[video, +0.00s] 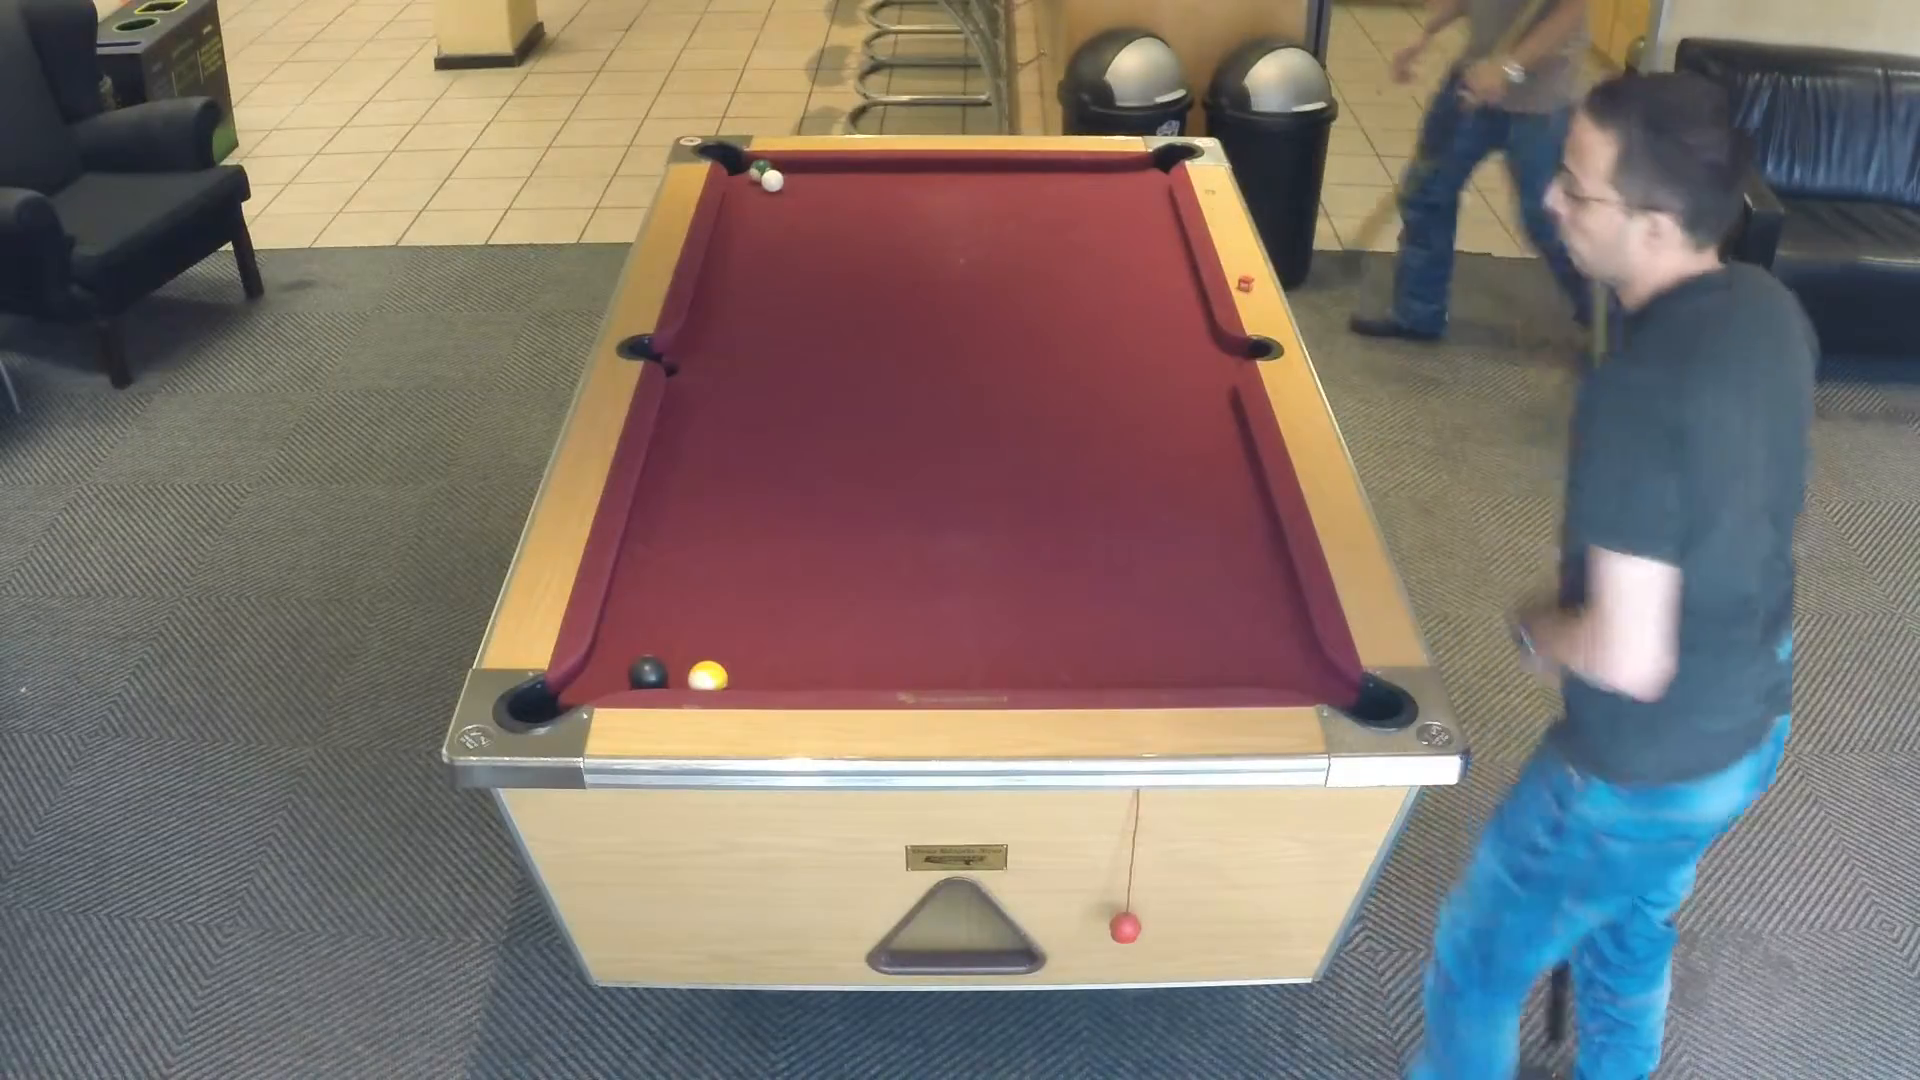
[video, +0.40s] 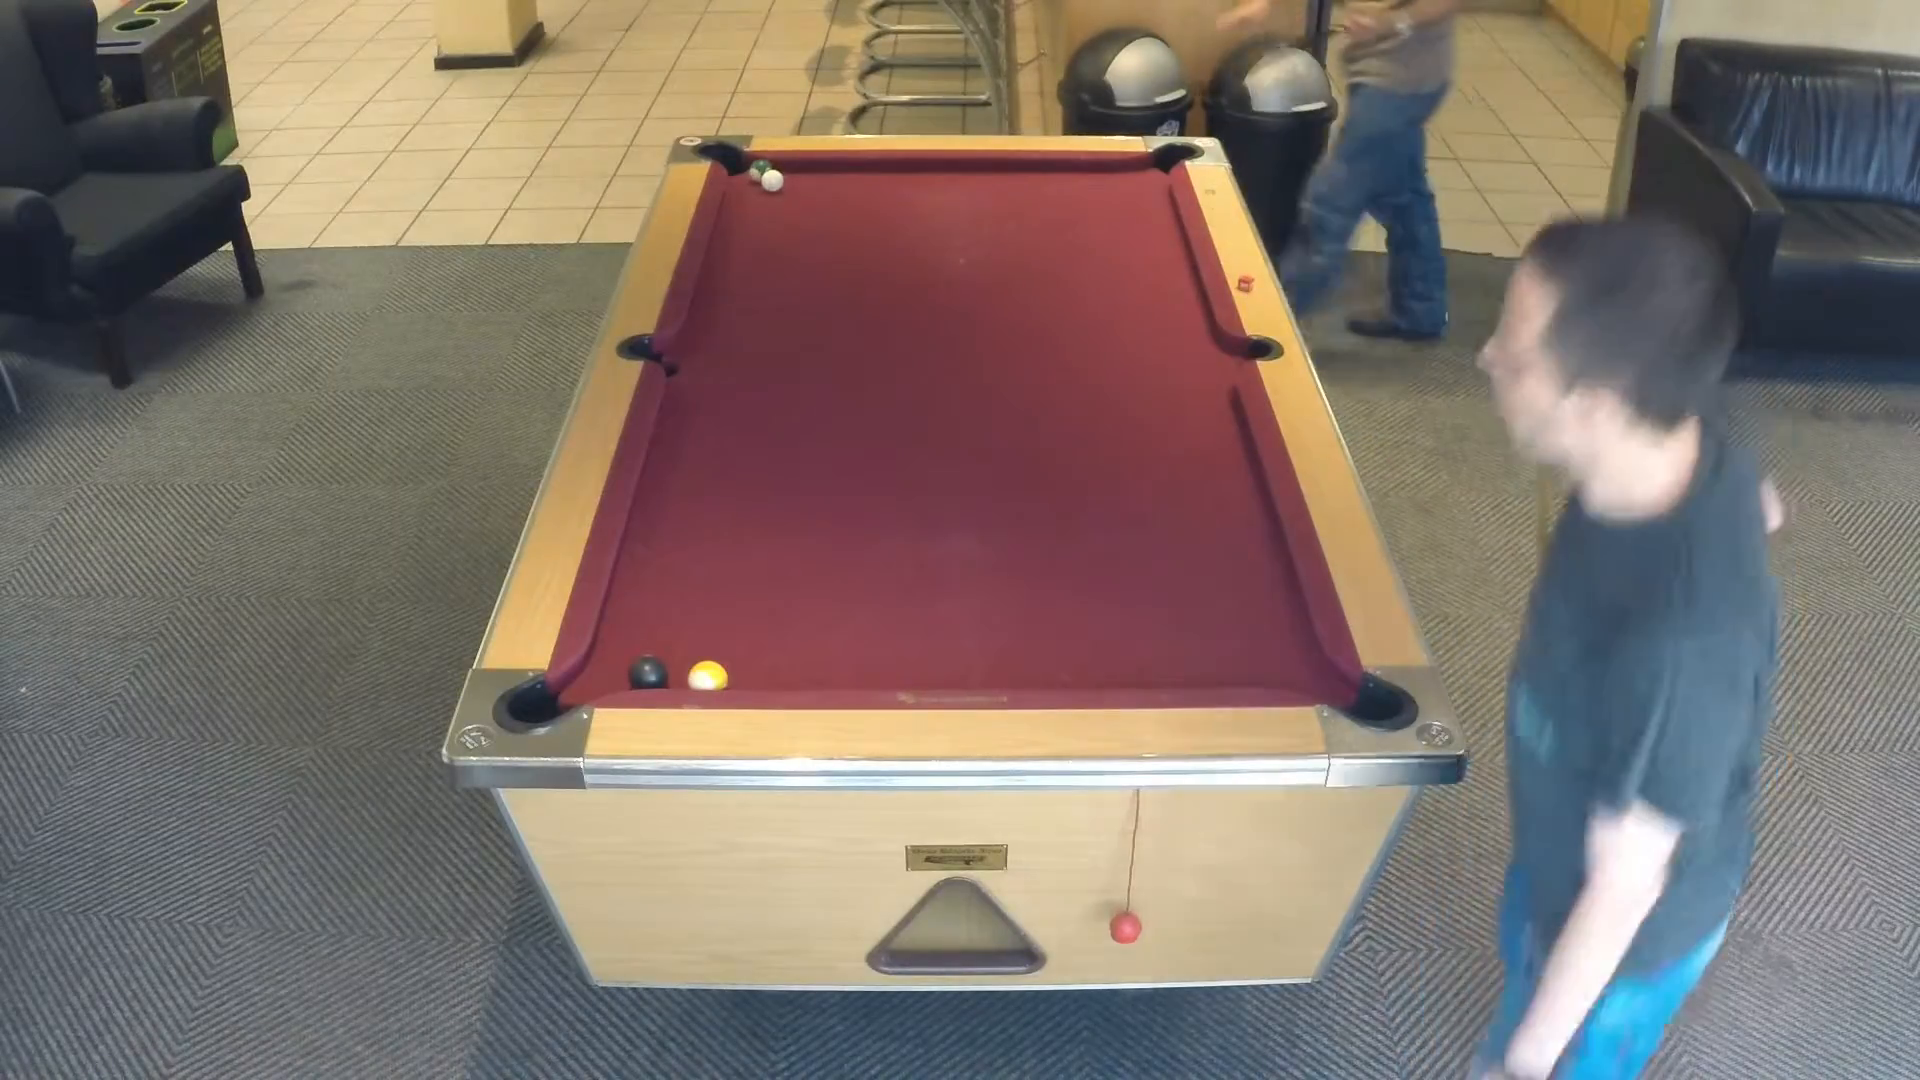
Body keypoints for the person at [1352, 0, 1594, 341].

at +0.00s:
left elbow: (1572, 11)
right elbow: (1467, 4)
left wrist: (1511, 67)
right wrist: (1424, 37)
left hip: (1540, 97)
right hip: (1473, 84)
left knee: (1547, 217)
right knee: (1426, 197)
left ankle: (1600, 317)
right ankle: (1419, 316)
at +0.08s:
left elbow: (1547, 7)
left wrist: (1486, 50)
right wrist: (1394, 18)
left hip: (1507, 90)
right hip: (1447, 78)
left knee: (1496, 218)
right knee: (1416, 195)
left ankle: (1571, 311)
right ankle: (1419, 317)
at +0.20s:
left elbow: (1513, 5)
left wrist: (1456, 31)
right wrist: (1348, 7)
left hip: (1469, 73)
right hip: (1417, 65)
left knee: (1416, 191)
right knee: (1405, 194)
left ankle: (1477, 311)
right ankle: (1416, 314)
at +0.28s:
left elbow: (1482, 6)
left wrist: (1428, 23)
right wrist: (1311, 5)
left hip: (1443, 70)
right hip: (1401, 64)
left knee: (1383, 196)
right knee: (1416, 194)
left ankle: (1394, 327)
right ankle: (1425, 313)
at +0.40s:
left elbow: (1449, 5)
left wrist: (1394, 21)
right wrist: (1262, 6)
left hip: (1402, 76)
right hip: (1373, 71)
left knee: (1330, 203)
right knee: (1403, 199)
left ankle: (1275, 314)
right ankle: (1419, 314)